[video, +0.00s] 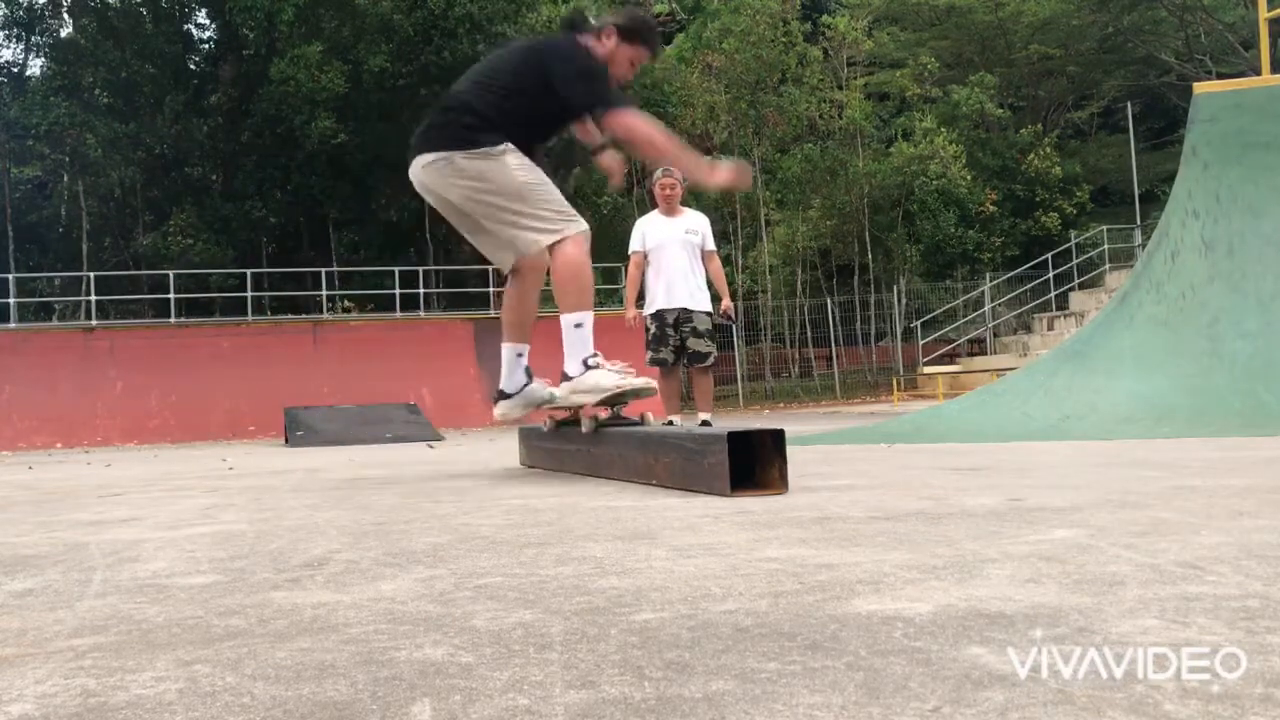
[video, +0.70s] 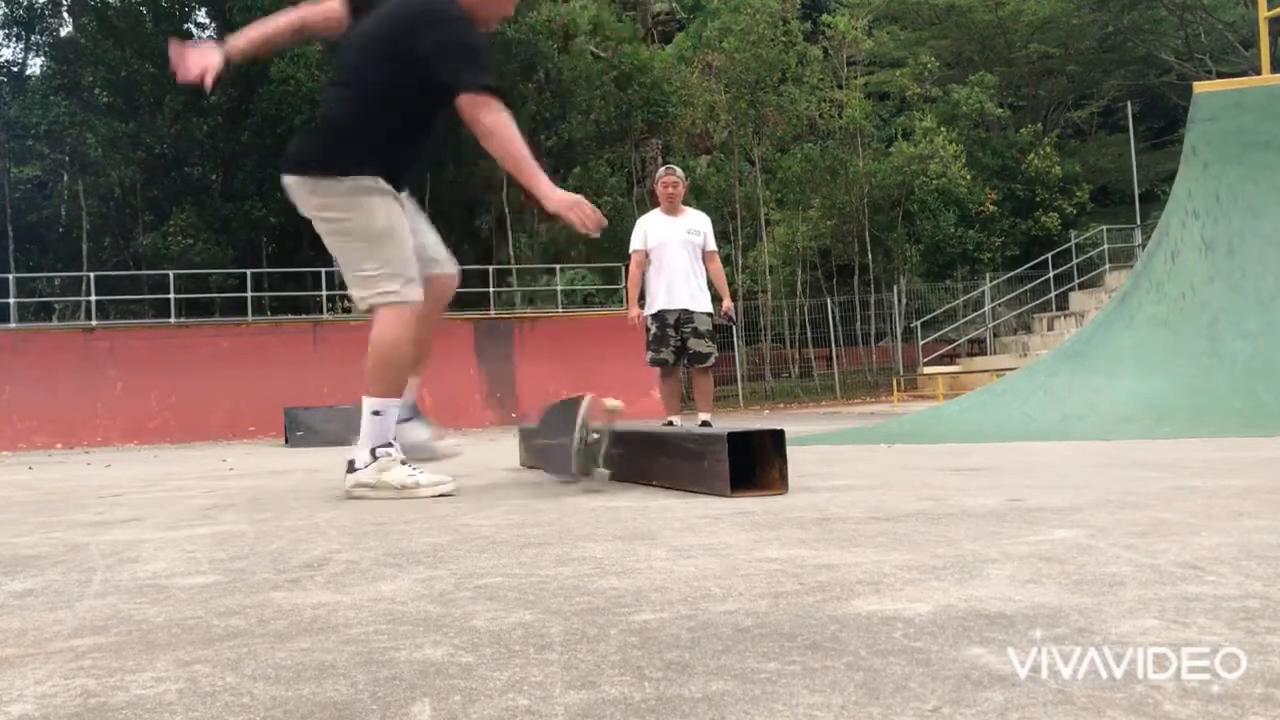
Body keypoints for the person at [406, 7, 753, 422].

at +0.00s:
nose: (630, 76)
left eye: (637, 69)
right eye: (632, 62)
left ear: (601, 37)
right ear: (608, 38)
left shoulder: (558, 56)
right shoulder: (578, 58)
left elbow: (577, 117)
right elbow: (626, 124)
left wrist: (602, 153)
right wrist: (703, 169)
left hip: (432, 160)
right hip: (468, 151)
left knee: (529, 260)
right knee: (569, 234)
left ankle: (514, 387)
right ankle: (581, 367)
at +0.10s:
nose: (648, 93)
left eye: (655, 86)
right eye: (650, 79)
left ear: (622, 54)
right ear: (626, 53)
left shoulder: (565, 65)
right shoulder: (587, 72)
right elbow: (594, 162)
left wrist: (566, 181)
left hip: (432, 151)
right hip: (471, 148)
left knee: (520, 258)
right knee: (575, 234)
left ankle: (509, 389)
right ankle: (581, 371)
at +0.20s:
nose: (652, 90)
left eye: (660, 83)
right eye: (655, 76)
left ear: (629, 49)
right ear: (632, 49)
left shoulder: (574, 56)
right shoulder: (589, 67)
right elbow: (558, 147)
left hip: (432, 145)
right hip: (470, 143)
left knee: (515, 252)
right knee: (578, 234)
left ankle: (506, 382)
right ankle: (583, 372)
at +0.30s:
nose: (644, 63)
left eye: (652, 55)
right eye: (646, 48)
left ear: (616, 22)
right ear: (620, 21)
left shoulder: (558, 36)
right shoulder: (577, 51)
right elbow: (519, 116)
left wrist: (459, 200)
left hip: (430, 152)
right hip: (466, 148)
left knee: (519, 253)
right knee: (583, 235)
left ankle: (498, 386)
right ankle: (588, 370)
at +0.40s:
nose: (621, 33)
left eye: (629, 26)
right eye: (623, 19)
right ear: (596, 2)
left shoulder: (527, 10)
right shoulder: (554, 32)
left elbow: (444, 9)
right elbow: (486, 86)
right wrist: (425, 146)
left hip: (425, 149)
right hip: (475, 150)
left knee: (505, 258)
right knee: (566, 244)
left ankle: (503, 393)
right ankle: (590, 380)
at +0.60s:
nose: (547, 10)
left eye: (551, 6)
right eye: (549, 3)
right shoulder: (496, 6)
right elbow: (485, 76)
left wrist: (264, 2)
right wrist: (495, 165)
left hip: (402, 138)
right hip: (370, 139)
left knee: (464, 247)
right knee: (433, 263)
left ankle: (461, 391)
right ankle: (420, 423)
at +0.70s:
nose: (508, 12)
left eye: (511, 6)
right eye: (507, 3)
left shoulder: (398, 7)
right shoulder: (451, 28)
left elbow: (307, 16)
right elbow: (484, 114)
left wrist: (222, 50)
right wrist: (549, 192)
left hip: (365, 175)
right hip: (339, 175)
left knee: (439, 280)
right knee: (401, 300)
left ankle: (398, 420)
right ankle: (372, 456)